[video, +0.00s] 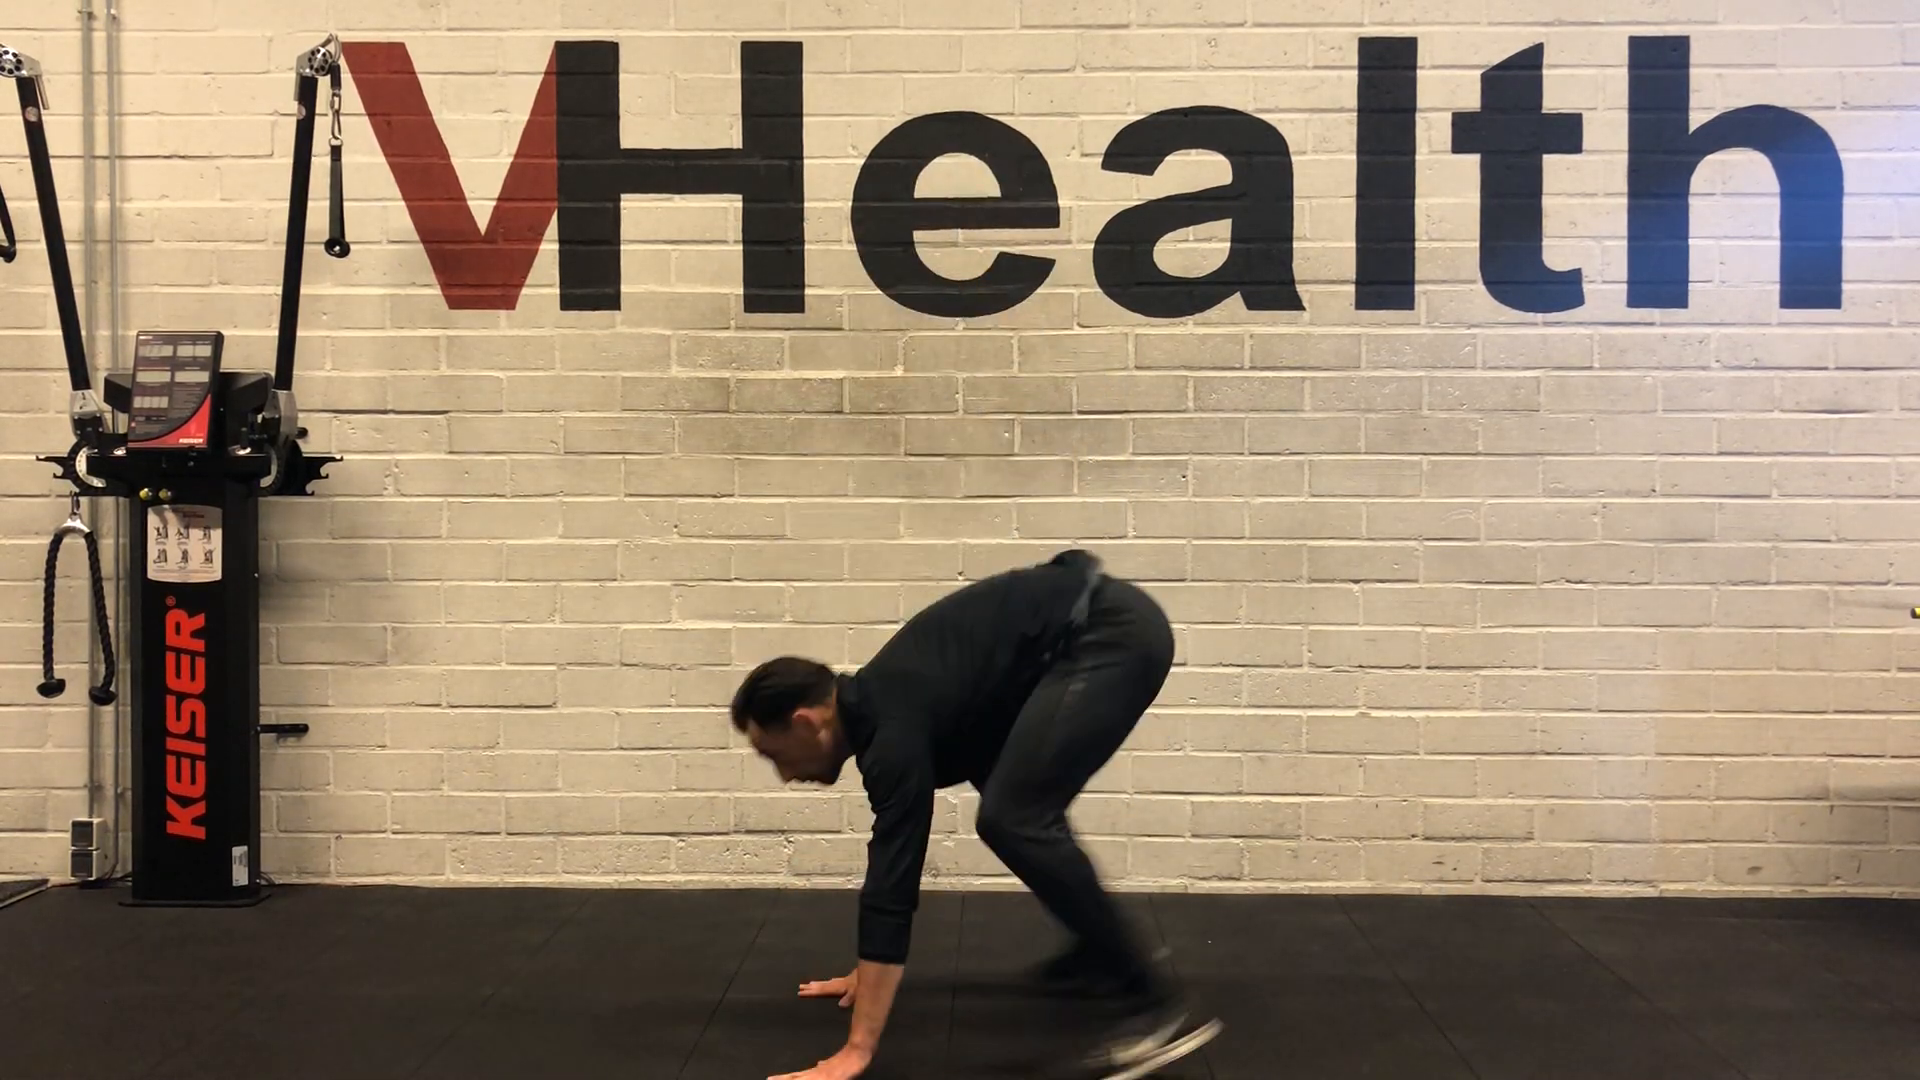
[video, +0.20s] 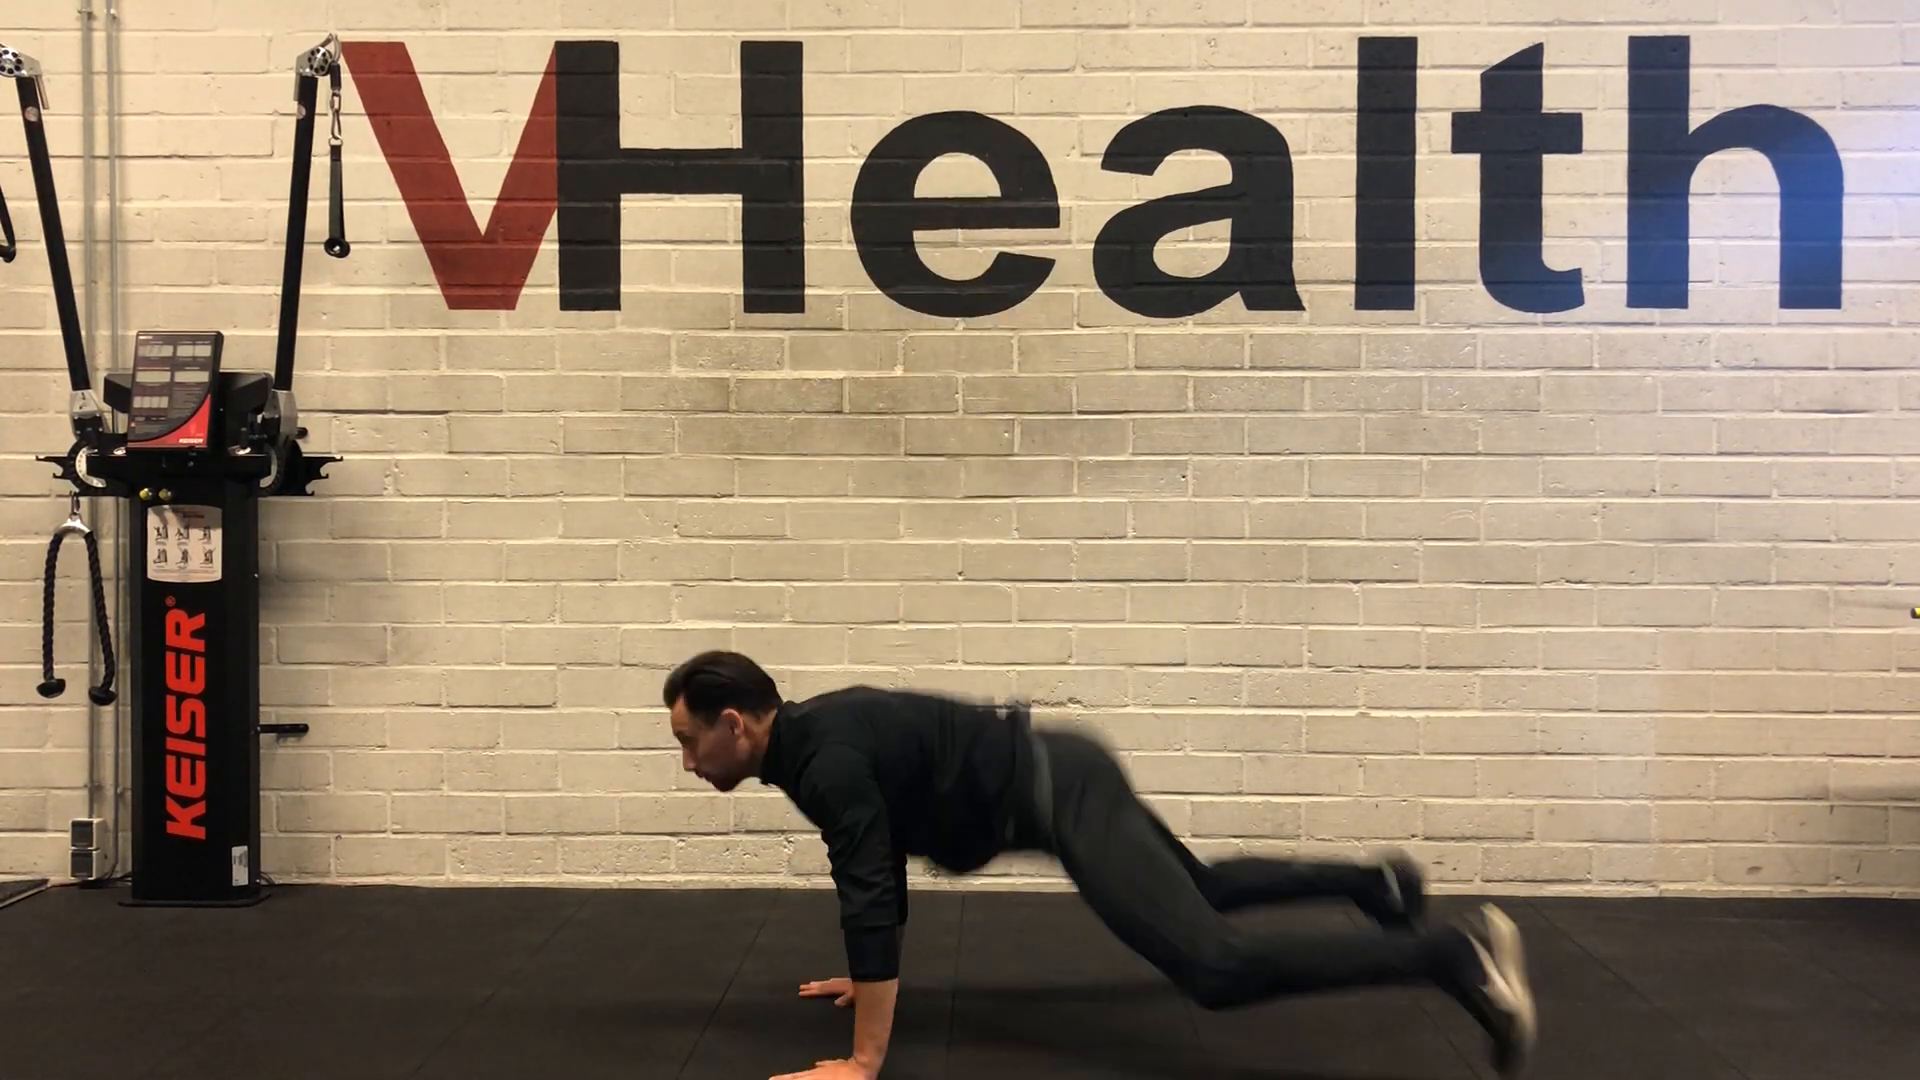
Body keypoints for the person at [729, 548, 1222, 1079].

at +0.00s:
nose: (782, 773)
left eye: (774, 755)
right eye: (769, 760)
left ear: (807, 720)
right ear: (814, 709)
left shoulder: (894, 732)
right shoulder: (878, 701)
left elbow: (893, 891)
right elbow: (889, 862)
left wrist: (858, 1049)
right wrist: (869, 969)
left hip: (1116, 634)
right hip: (1093, 626)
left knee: (1014, 818)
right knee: (1009, 801)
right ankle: (1105, 942)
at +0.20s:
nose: (682, 754)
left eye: (687, 738)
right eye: (678, 739)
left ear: (737, 725)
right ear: (743, 715)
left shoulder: (826, 755)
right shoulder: (811, 743)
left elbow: (873, 903)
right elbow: (868, 875)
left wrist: (864, 1058)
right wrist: (864, 980)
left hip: (1062, 787)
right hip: (1054, 773)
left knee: (1215, 970)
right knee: (1195, 896)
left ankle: (1452, 948)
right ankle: (1379, 885)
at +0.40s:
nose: (737, 744)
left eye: (743, 727)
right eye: (734, 728)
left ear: (795, 717)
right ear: (799, 708)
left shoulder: (877, 778)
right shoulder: (867, 753)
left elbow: (910, 924)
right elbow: (914, 889)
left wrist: (870, 1056)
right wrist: (886, 975)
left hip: (1059, 941)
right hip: (1056, 904)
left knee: (1259, 1037)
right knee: (1225, 968)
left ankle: (1498, 1004)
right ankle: (1406, 909)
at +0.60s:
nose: (724, 771)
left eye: (724, 751)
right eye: (717, 755)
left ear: (766, 726)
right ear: (772, 715)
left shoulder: (861, 762)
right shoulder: (850, 747)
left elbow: (897, 908)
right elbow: (899, 884)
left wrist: (872, 1053)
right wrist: (875, 977)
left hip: (1081, 888)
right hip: (1072, 865)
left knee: (1263, 999)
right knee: (1231, 926)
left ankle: (1512, 1009)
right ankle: (1425, 908)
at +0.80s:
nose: (754, 773)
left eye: (751, 755)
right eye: (745, 760)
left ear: (786, 721)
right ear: (788, 713)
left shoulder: (870, 743)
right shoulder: (857, 725)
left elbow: (880, 899)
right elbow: (880, 870)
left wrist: (863, 1056)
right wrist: (867, 972)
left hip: (1115, 672)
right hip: (1092, 683)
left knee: (1118, 893)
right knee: (1124, 839)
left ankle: (1347, 953)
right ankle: (1302, 890)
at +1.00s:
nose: (793, 703)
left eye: (790, 685)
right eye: (784, 689)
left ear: (828, 655)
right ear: (832, 651)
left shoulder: (909, 697)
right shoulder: (898, 671)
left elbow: (884, 855)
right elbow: (885, 826)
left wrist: (832, 1010)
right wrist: (845, 919)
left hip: (1159, 699)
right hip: (1131, 680)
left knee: (1003, 817)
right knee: (992, 795)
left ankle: (1088, 1035)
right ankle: (1039, 949)